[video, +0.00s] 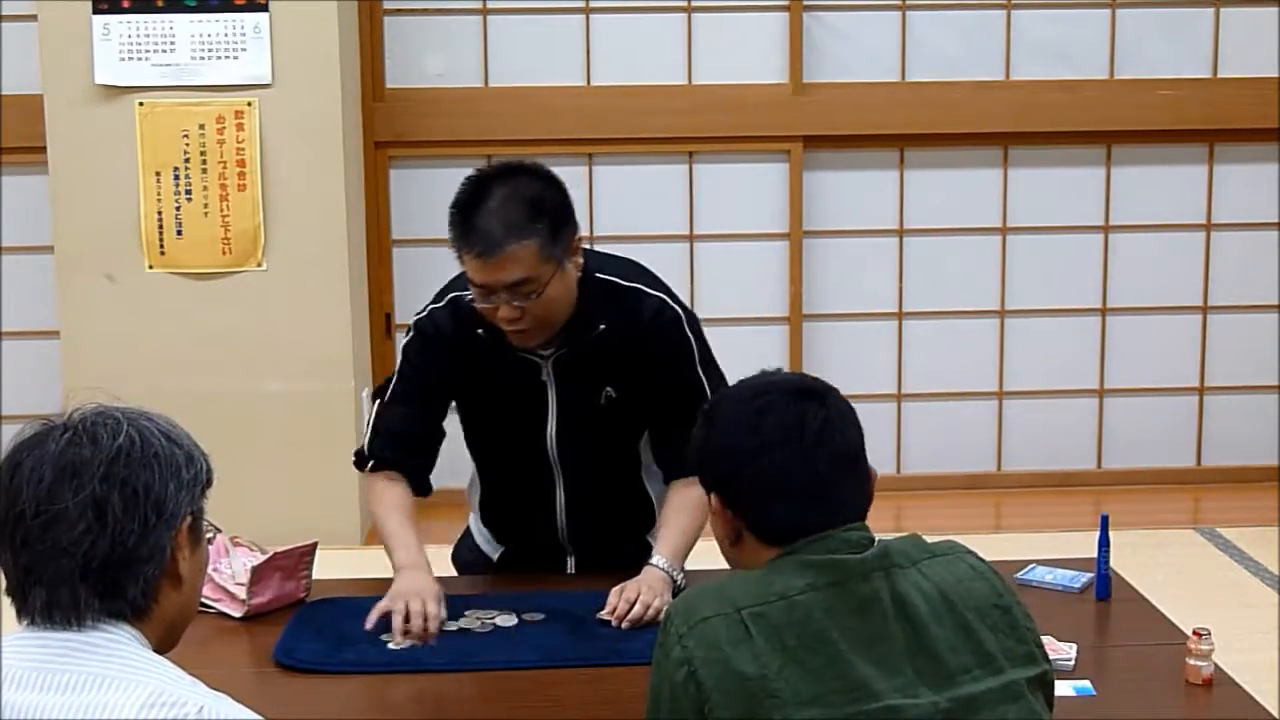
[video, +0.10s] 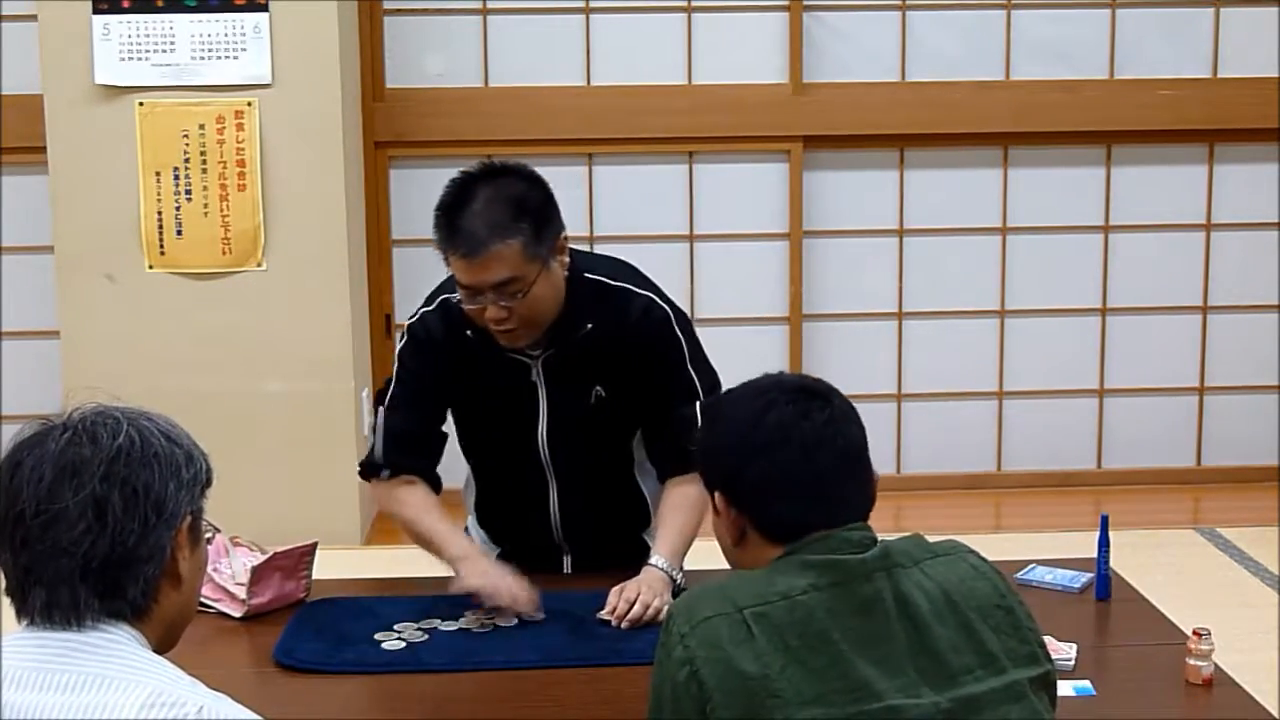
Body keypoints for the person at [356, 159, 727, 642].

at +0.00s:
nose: (506, 313)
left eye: (525, 291)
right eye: (484, 292)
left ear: (574, 253)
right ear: (465, 264)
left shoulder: (647, 313)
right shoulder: (449, 324)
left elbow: (698, 458)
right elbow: (388, 464)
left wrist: (663, 570)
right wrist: (410, 569)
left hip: (624, 573)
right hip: (501, 575)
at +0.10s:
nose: (493, 313)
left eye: (511, 291)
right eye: (472, 293)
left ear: (560, 253)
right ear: (451, 268)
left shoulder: (637, 312)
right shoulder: (440, 329)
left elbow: (690, 461)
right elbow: (395, 477)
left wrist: (661, 569)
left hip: (624, 576)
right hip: (505, 582)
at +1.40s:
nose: (419, 312)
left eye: (434, 288)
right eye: (396, 294)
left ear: (481, 246)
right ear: (377, 274)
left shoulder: (571, 301)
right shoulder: (386, 343)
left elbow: (605, 450)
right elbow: (361, 461)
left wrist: (524, 558)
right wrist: (328, 549)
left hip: (612, 547)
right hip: (489, 554)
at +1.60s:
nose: (423, 313)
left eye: (439, 290)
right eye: (401, 295)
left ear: (490, 251)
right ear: (384, 274)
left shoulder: (577, 304)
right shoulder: (388, 339)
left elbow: (612, 456)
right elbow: (359, 458)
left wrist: (529, 555)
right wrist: (323, 548)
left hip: (598, 533)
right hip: (485, 538)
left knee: (587, 696)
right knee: (468, 690)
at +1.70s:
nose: (431, 314)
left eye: (448, 294)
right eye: (411, 296)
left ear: (503, 254)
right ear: (396, 274)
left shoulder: (591, 314)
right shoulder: (395, 335)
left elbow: (606, 469)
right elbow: (360, 456)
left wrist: (503, 551)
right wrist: (322, 545)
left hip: (603, 531)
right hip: (484, 540)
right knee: (477, 687)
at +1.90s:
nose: (465, 316)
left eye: (485, 298)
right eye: (448, 296)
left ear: (541, 263)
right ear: (433, 271)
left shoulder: (612, 327)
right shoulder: (421, 322)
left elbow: (560, 486)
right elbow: (381, 441)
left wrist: (437, 561)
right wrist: (329, 537)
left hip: (610, 525)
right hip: (492, 522)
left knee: (603, 687)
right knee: (495, 679)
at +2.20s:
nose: (471, 321)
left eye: (492, 301)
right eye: (451, 300)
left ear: (544, 264)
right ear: (434, 271)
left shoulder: (616, 332)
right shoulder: (421, 318)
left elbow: (590, 491)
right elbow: (384, 437)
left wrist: (462, 552)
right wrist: (325, 538)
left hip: (610, 529)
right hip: (492, 521)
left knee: (598, 691)